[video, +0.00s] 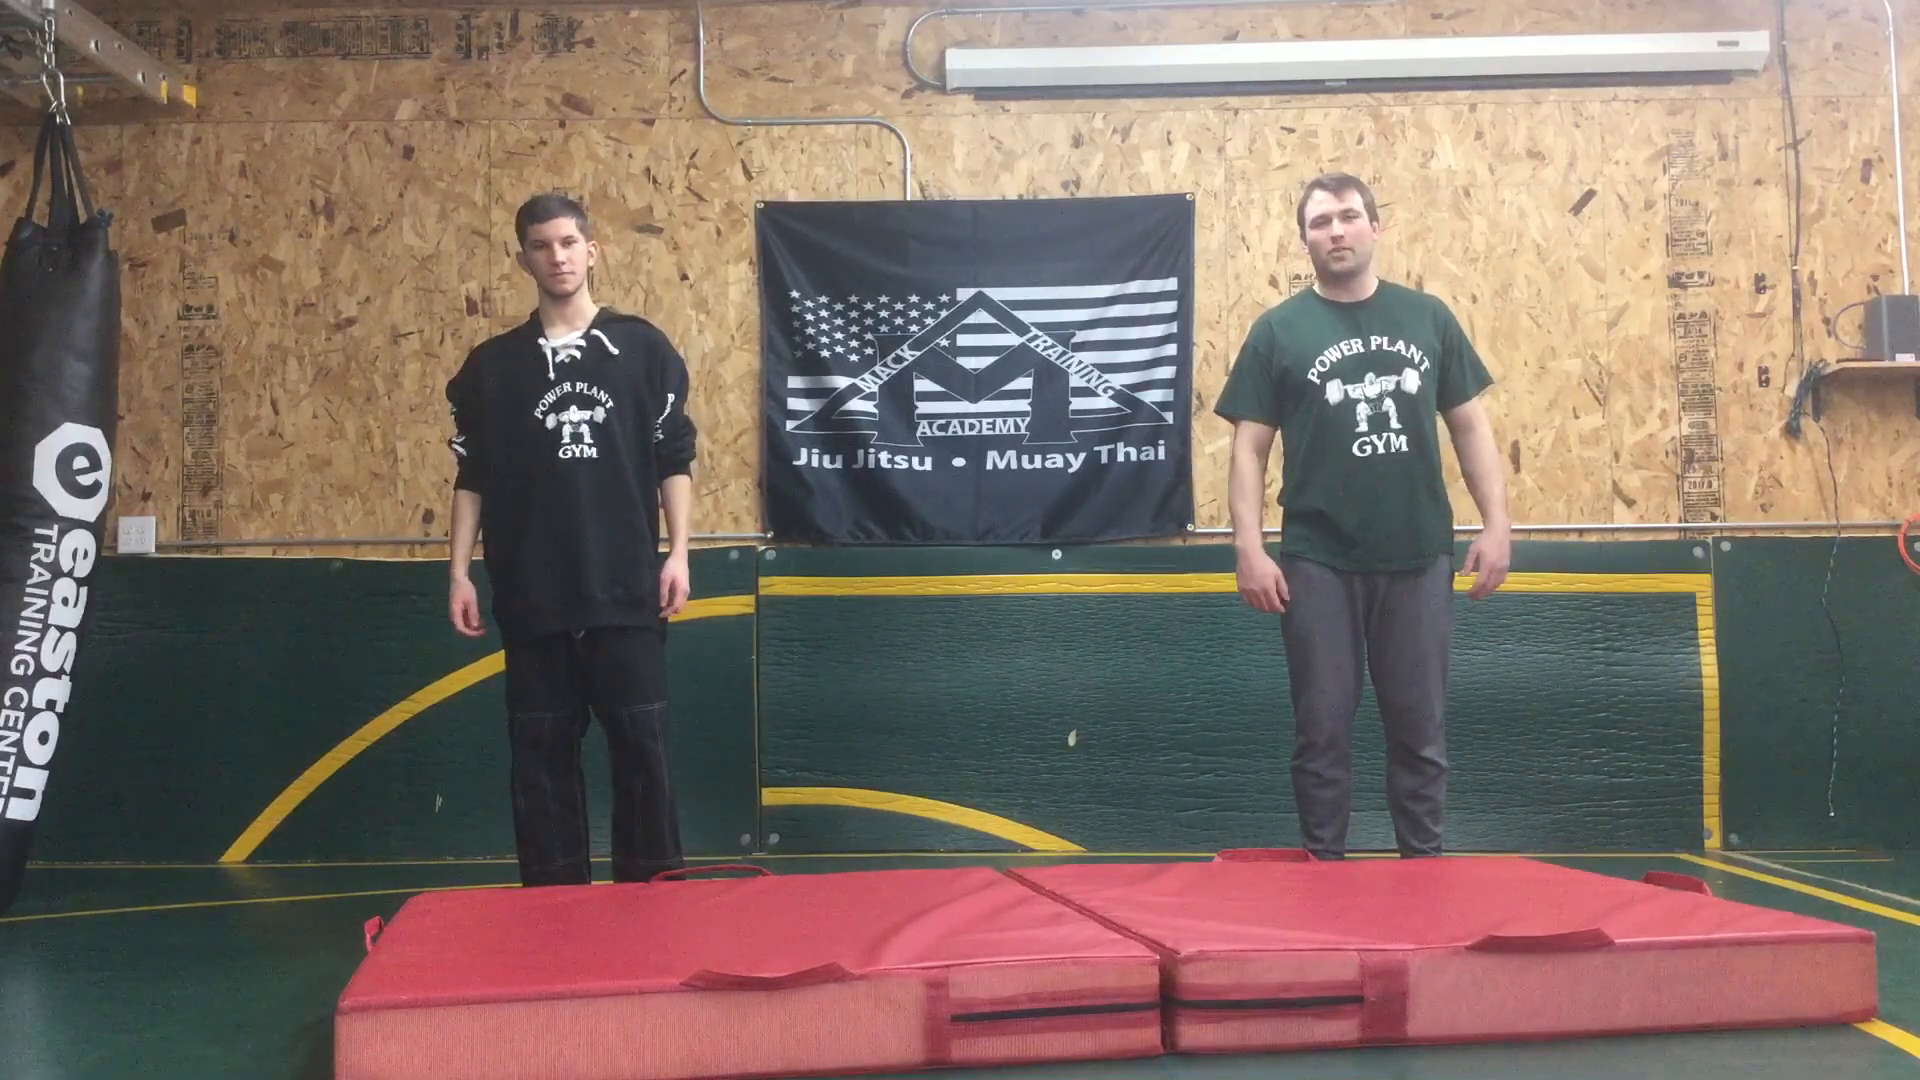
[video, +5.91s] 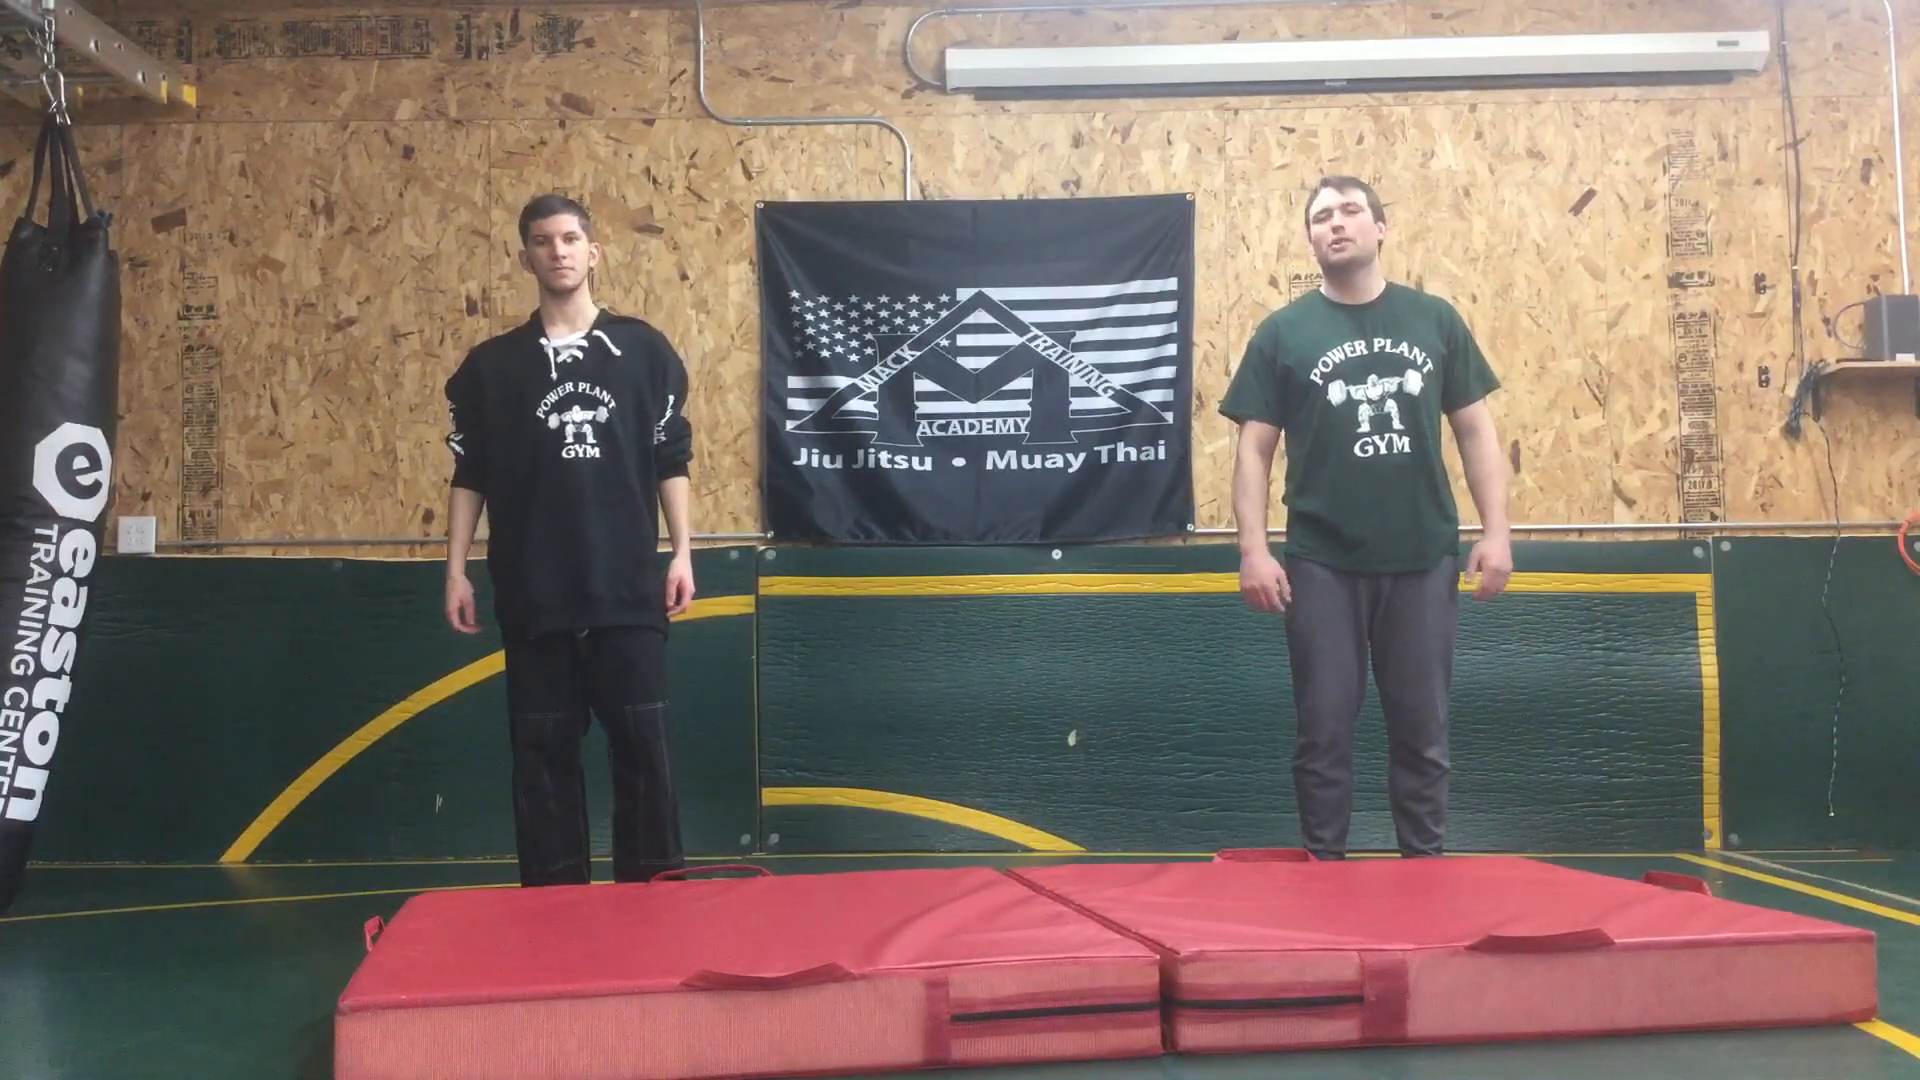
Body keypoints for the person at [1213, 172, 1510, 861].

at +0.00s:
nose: (1336, 230)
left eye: (1348, 217)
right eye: (1320, 222)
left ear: (1376, 229)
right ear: (1304, 241)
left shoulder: (1428, 318)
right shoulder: (1278, 331)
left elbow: (1468, 426)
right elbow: (1249, 446)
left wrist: (1497, 525)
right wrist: (1249, 547)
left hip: (1417, 555)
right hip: (1317, 557)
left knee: (1419, 726)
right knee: (1322, 725)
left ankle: (1423, 870)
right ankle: (1324, 871)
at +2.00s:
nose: (1337, 241)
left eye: (1349, 225)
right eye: (1322, 231)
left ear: (1375, 231)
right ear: (1305, 243)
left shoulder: (1429, 319)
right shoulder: (1278, 332)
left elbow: (1468, 425)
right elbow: (1249, 446)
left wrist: (1495, 524)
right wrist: (1252, 546)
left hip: (1416, 555)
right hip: (1316, 557)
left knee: (1420, 728)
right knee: (1322, 727)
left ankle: (1422, 871)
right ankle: (1323, 873)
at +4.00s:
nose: (1345, 242)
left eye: (1358, 228)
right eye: (1331, 231)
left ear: (1383, 234)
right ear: (1312, 241)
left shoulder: (1432, 321)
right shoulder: (1281, 331)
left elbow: (1472, 428)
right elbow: (1250, 446)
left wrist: (1501, 526)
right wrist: (1250, 545)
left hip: (1419, 555)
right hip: (1319, 557)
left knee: (1421, 726)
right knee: (1323, 725)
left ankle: (1423, 869)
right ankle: (1323, 871)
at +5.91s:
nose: (1335, 223)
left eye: (1349, 211)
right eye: (1322, 218)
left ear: (1382, 231)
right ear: (1310, 244)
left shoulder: (1435, 320)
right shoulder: (1283, 332)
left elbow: (1474, 429)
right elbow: (1254, 448)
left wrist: (1496, 531)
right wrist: (1254, 548)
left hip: (1422, 556)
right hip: (1321, 558)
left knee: (1422, 729)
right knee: (1324, 727)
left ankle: (1424, 870)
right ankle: (1323, 872)